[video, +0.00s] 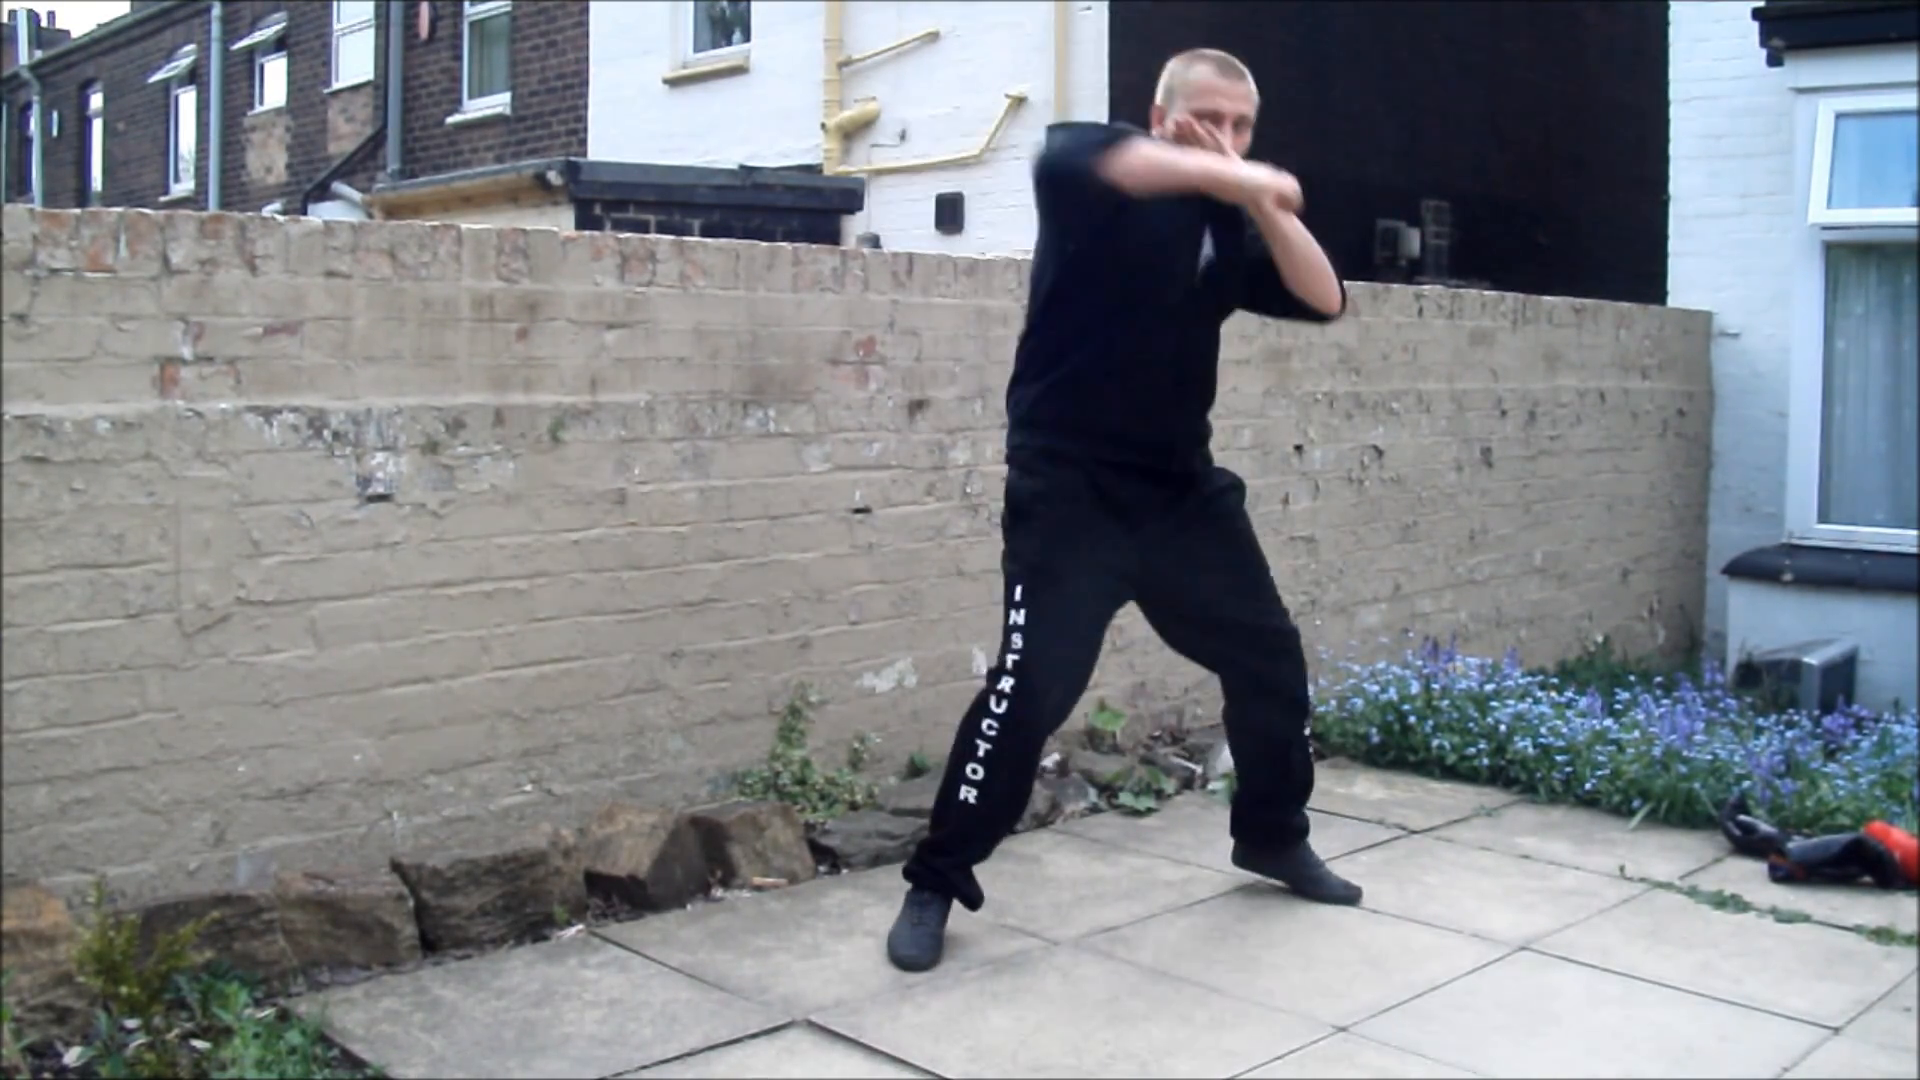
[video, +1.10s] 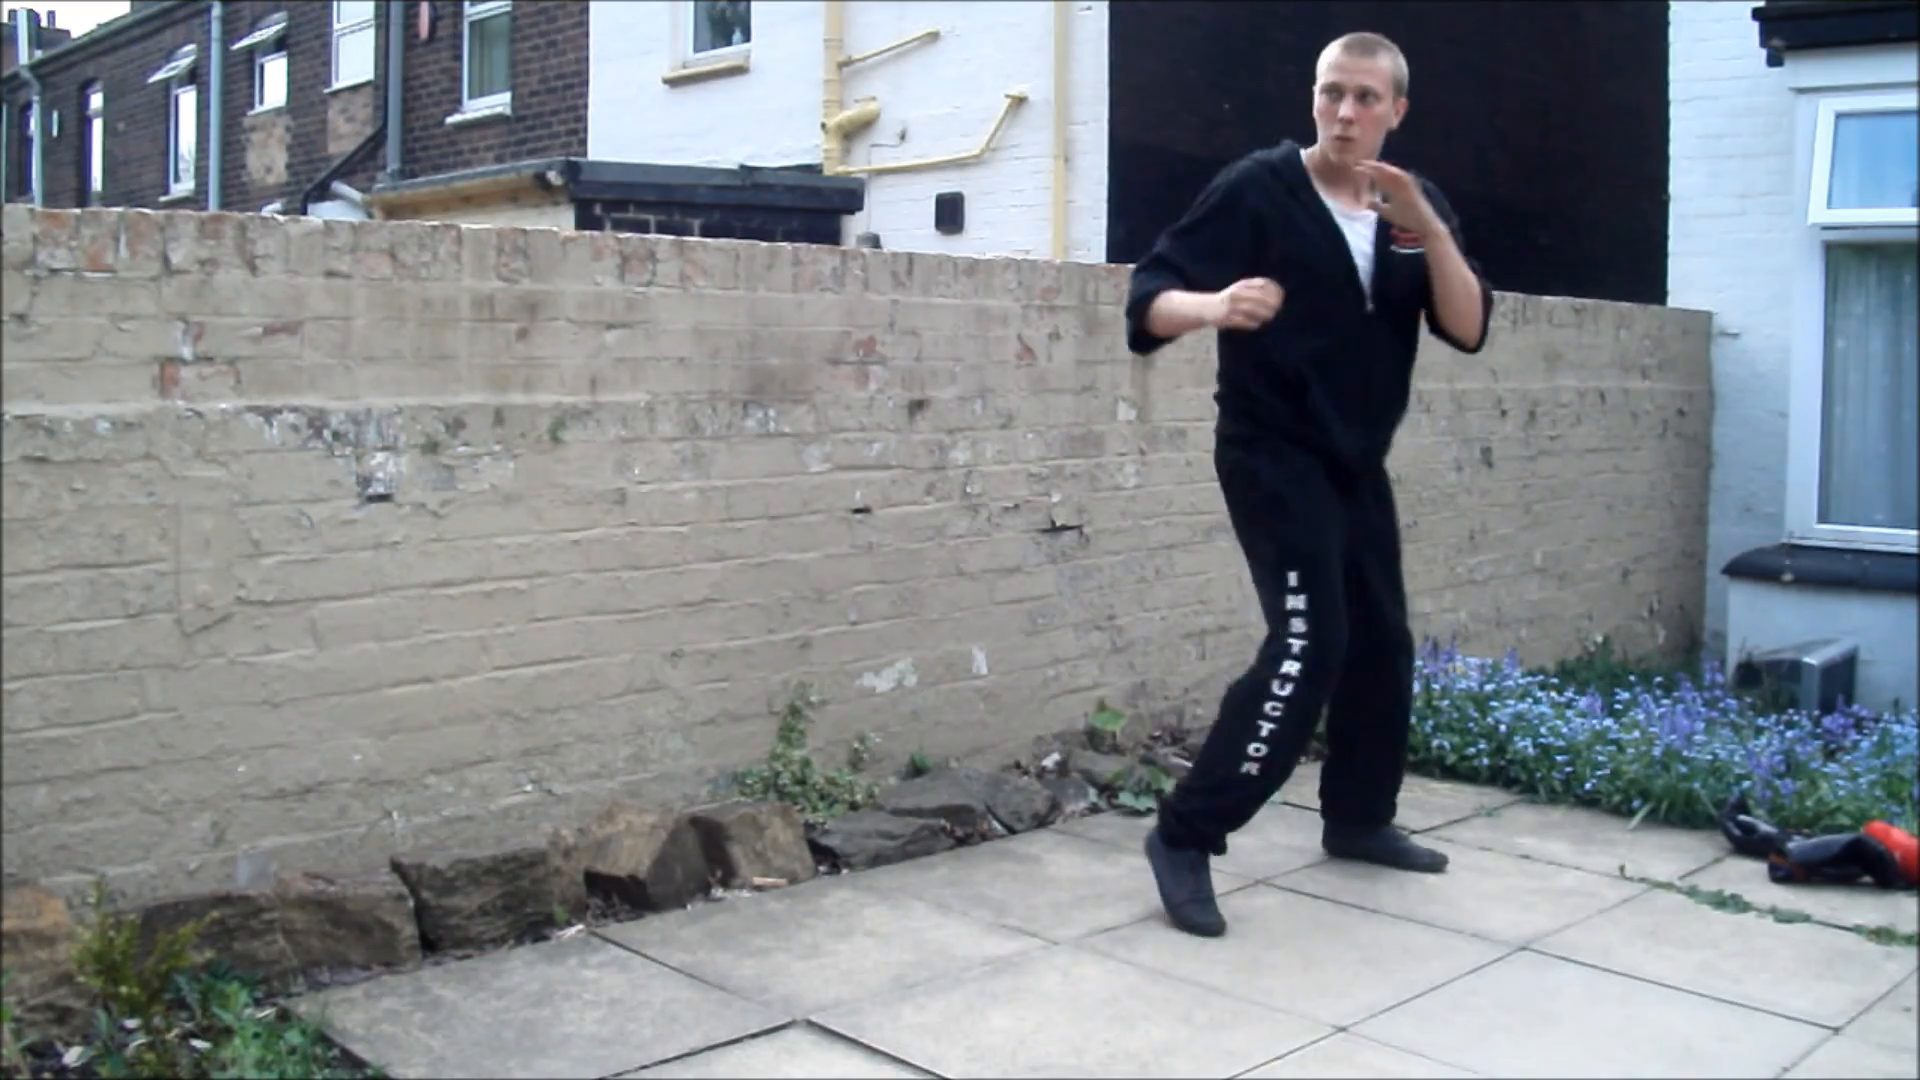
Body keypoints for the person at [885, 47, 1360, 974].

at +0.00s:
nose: (1226, 142)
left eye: (1240, 128)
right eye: (1209, 122)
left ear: (1254, 136)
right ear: (1160, 121)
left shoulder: (1232, 232)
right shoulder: (1084, 166)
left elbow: (1325, 301)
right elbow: (1100, 166)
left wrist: (1269, 206)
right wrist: (1243, 180)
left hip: (1180, 490)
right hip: (1066, 482)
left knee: (1269, 653)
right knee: (1035, 679)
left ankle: (1271, 839)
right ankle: (933, 882)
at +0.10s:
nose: (1254, 170)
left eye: (1270, 160)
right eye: (1240, 152)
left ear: (1278, 168)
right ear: (1194, 142)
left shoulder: (1251, 250)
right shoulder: (1133, 190)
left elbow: (1342, 338)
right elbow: (1088, 272)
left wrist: (1274, 222)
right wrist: (1236, 277)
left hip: (1187, 504)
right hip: (1076, 493)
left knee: (1274, 663)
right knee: (1028, 689)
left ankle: (1266, 846)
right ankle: (930, 887)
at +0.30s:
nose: (1284, 120)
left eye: (1302, 106)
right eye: (1269, 102)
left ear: (1325, 116)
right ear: (1235, 106)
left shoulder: (1336, 196)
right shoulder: (1174, 186)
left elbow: (1387, 295)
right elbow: (1102, 328)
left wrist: (1308, 185)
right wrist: (1216, 273)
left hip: (1283, 491)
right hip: (1165, 481)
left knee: (1318, 674)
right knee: (1088, 662)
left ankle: (1268, 851)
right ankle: (989, 856)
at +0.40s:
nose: (1272, 62)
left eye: (1290, 45)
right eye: (1257, 44)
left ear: (1320, 55)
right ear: (1231, 50)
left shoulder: (1353, 143)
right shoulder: (1182, 139)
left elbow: (1381, 256)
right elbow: (1141, 282)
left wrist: (1309, 150)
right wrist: (1241, 201)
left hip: (1307, 433)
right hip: (1194, 423)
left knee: (1300, 633)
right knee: (1151, 621)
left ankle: (1289, 821)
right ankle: (1098, 820)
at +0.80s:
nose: (1313, 127)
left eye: (1332, 112)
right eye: (1300, 110)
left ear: (1368, 118)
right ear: (1282, 115)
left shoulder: (1412, 196)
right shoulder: (1241, 205)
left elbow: (1395, 315)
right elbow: (1211, 358)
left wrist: (1325, 208)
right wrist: (1227, 337)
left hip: (1378, 478)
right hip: (1262, 472)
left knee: (1378, 660)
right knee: (1229, 647)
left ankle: (1364, 821)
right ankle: (1207, 818)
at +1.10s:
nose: (1347, 113)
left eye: (1367, 98)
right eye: (1335, 94)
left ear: (1397, 112)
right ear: (1313, 99)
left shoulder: (1411, 206)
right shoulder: (1260, 187)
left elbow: (1469, 332)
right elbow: (1147, 305)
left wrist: (1430, 232)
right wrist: (1213, 307)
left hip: (1356, 460)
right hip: (1270, 454)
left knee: (1382, 647)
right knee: (1309, 643)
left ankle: (1358, 825)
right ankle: (1184, 836)